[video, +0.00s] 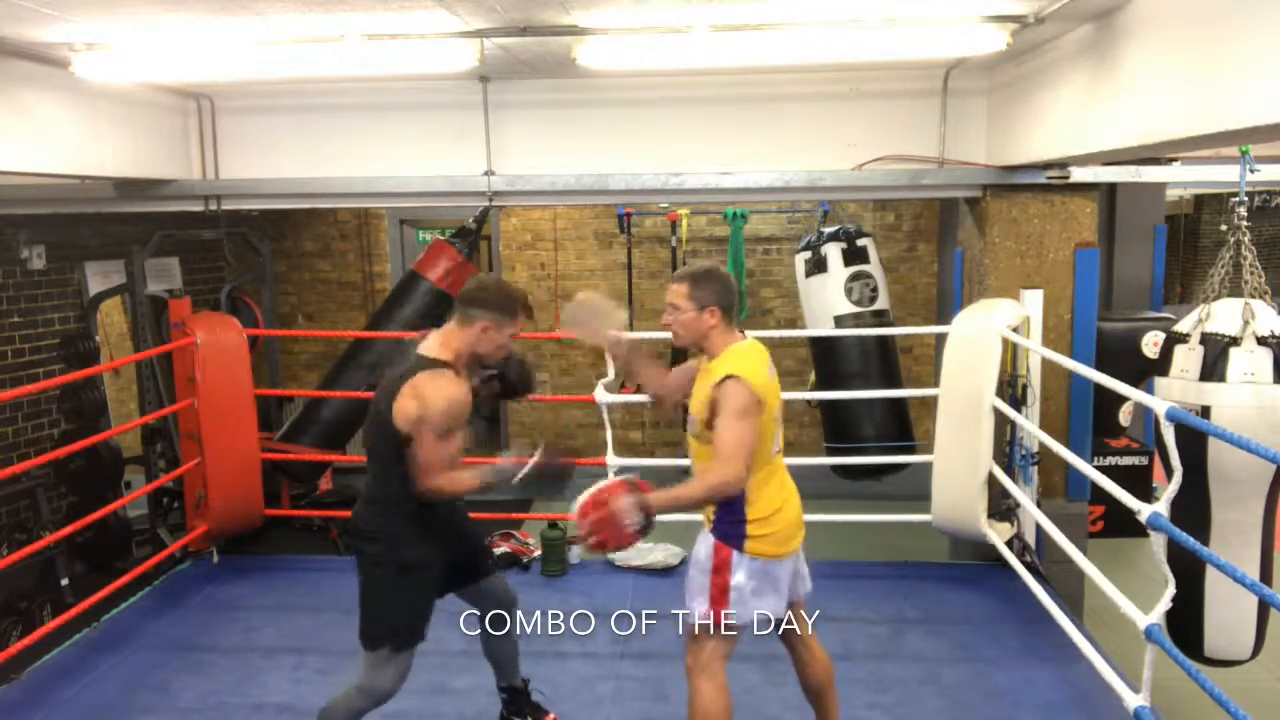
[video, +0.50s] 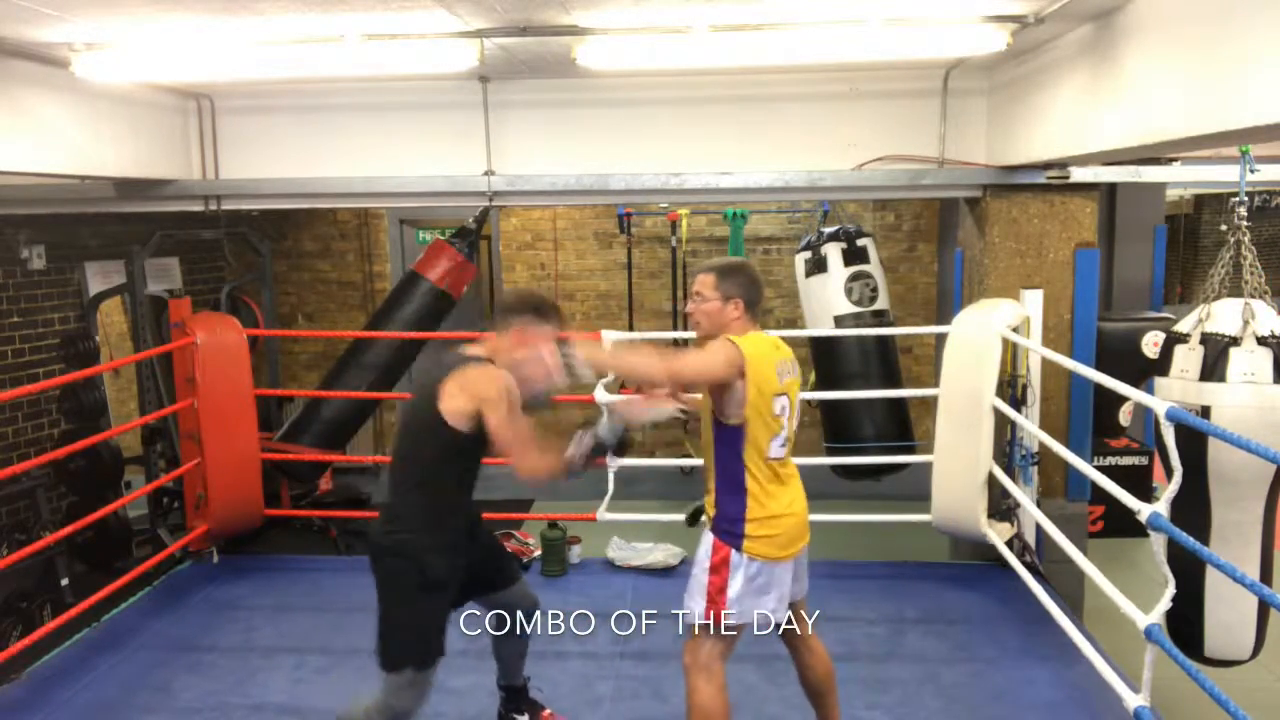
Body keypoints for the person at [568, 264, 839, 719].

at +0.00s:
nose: (666, 319)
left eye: (675, 309)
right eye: (666, 309)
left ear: (711, 316)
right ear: (713, 316)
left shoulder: (734, 379)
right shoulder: (738, 353)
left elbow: (729, 476)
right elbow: (665, 385)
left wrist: (646, 503)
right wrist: (621, 350)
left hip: (740, 534)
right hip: (776, 521)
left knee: (705, 662)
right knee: (797, 632)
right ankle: (830, 715)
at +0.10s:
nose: (677, 316)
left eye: (686, 306)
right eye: (678, 306)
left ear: (722, 312)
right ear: (724, 311)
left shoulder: (742, 372)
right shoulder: (758, 352)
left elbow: (727, 459)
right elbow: (687, 393)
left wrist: (647, 469)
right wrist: (645, 360)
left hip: (744, 534)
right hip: (782, 524)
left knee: (707, 661)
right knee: (797, 631)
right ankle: (830, 716)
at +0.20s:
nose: (687, 314)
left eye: (696, 304)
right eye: (687, 304)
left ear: (732, 310)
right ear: (737, 309)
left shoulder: (726, 369)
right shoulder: (784, 351)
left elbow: (668, 431)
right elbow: (741, 406)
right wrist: (696, 351)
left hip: (746, 532)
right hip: (794, 521)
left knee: (707, 656)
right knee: (800, 629)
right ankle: (833, 715)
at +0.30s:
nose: (687, 313)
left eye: (696, 303)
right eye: (688, 302)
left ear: (732, 311)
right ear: (737, 311)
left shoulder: (730, 368)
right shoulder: (780, 353)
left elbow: (654, 426)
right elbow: (732, 399)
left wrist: (596, 391)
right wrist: (690, 352)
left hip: (751, 536)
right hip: (796, 524)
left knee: (709, 657)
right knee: (801, 629)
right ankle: (834, 716)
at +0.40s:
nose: (688, 311)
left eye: (698, 302)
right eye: (689, 300)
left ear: (733, 311)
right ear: (735, 311)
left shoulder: (741, 365)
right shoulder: (767, 353)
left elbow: (696, 427)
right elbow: (699, 403)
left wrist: (629, 411)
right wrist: (657, 372)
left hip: (746, 534)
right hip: (786, 525)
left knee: (705, 658)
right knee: (800, 632)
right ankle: (832, 717)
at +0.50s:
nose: (689, 308)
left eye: (699, 298)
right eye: (690, 298)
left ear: (735, 306)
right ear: (738, 308)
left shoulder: (730, 353)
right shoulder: (778, 351)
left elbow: (662, 369)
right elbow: (746, 415)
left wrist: (589, 353)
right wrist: (680, 402)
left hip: (742, 532)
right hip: (788, 521)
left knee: (703, 659)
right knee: (797, 629)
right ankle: (830, 715)